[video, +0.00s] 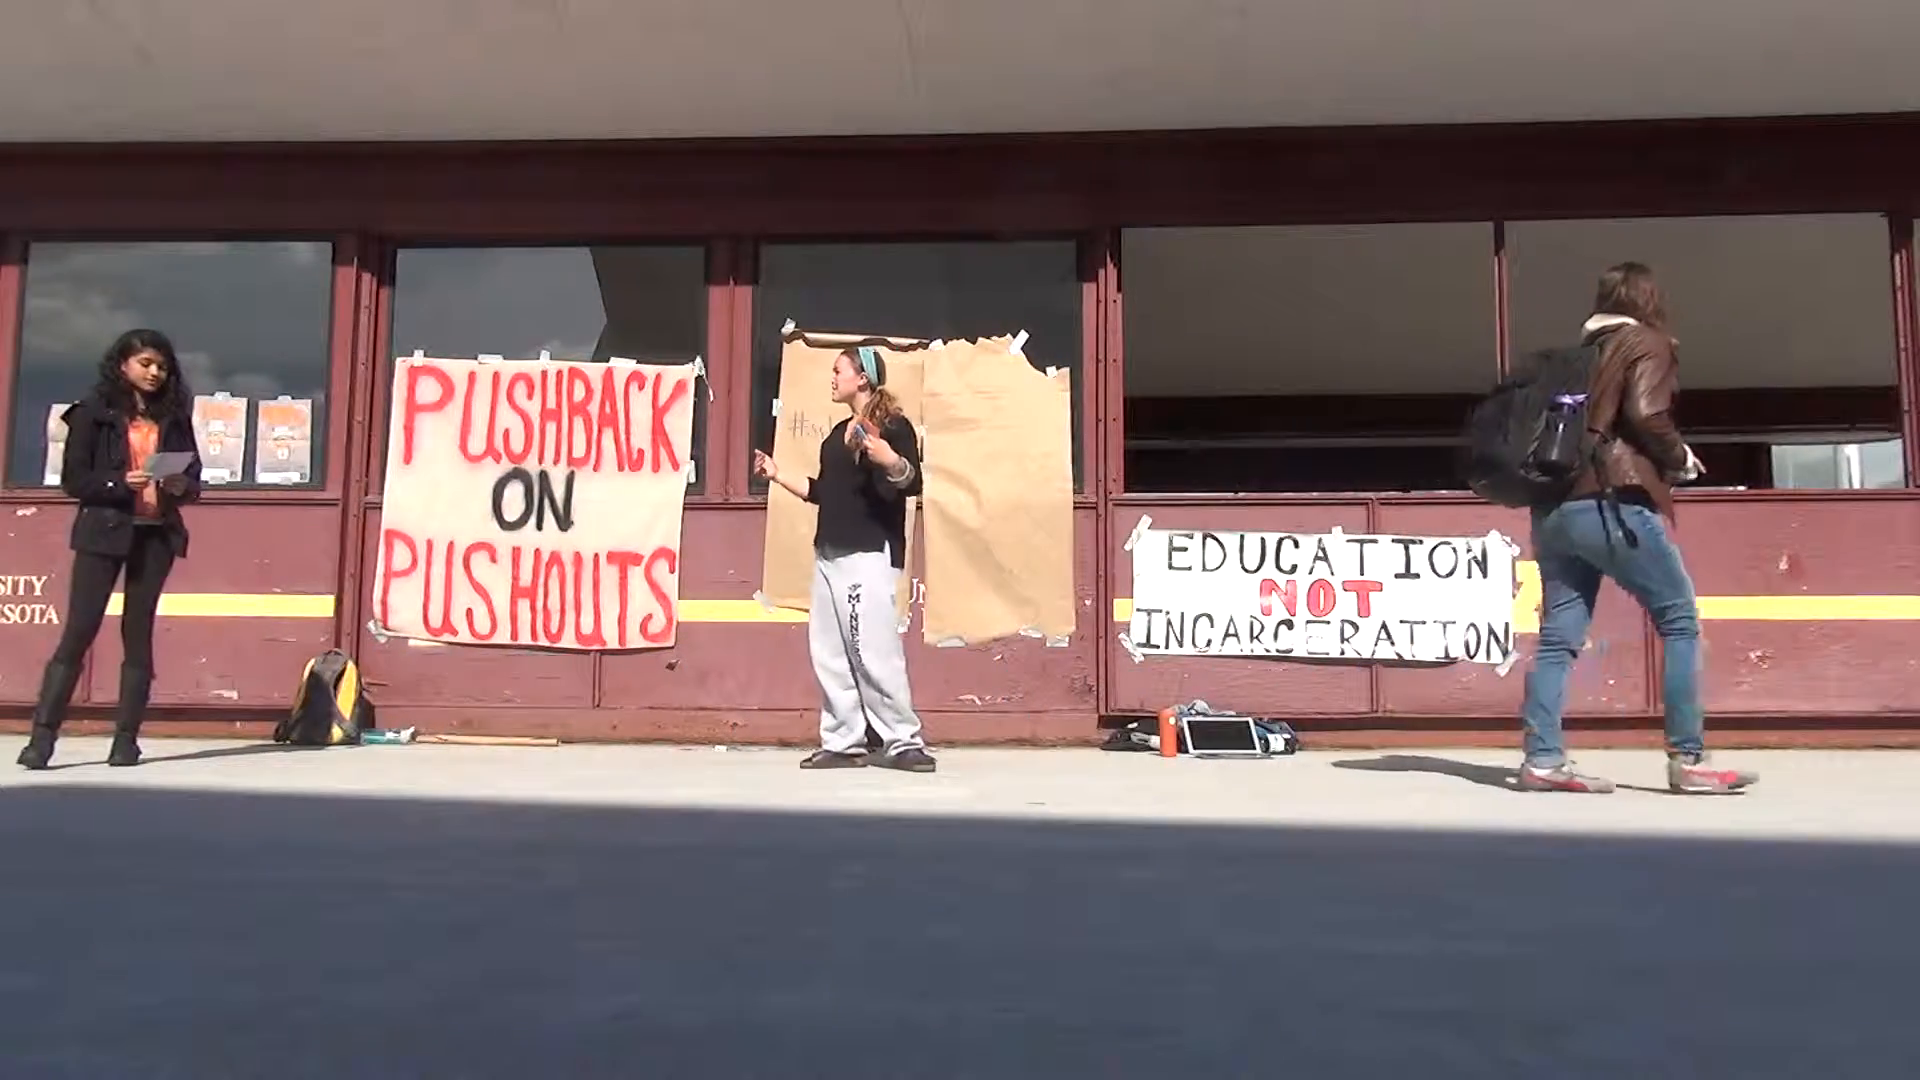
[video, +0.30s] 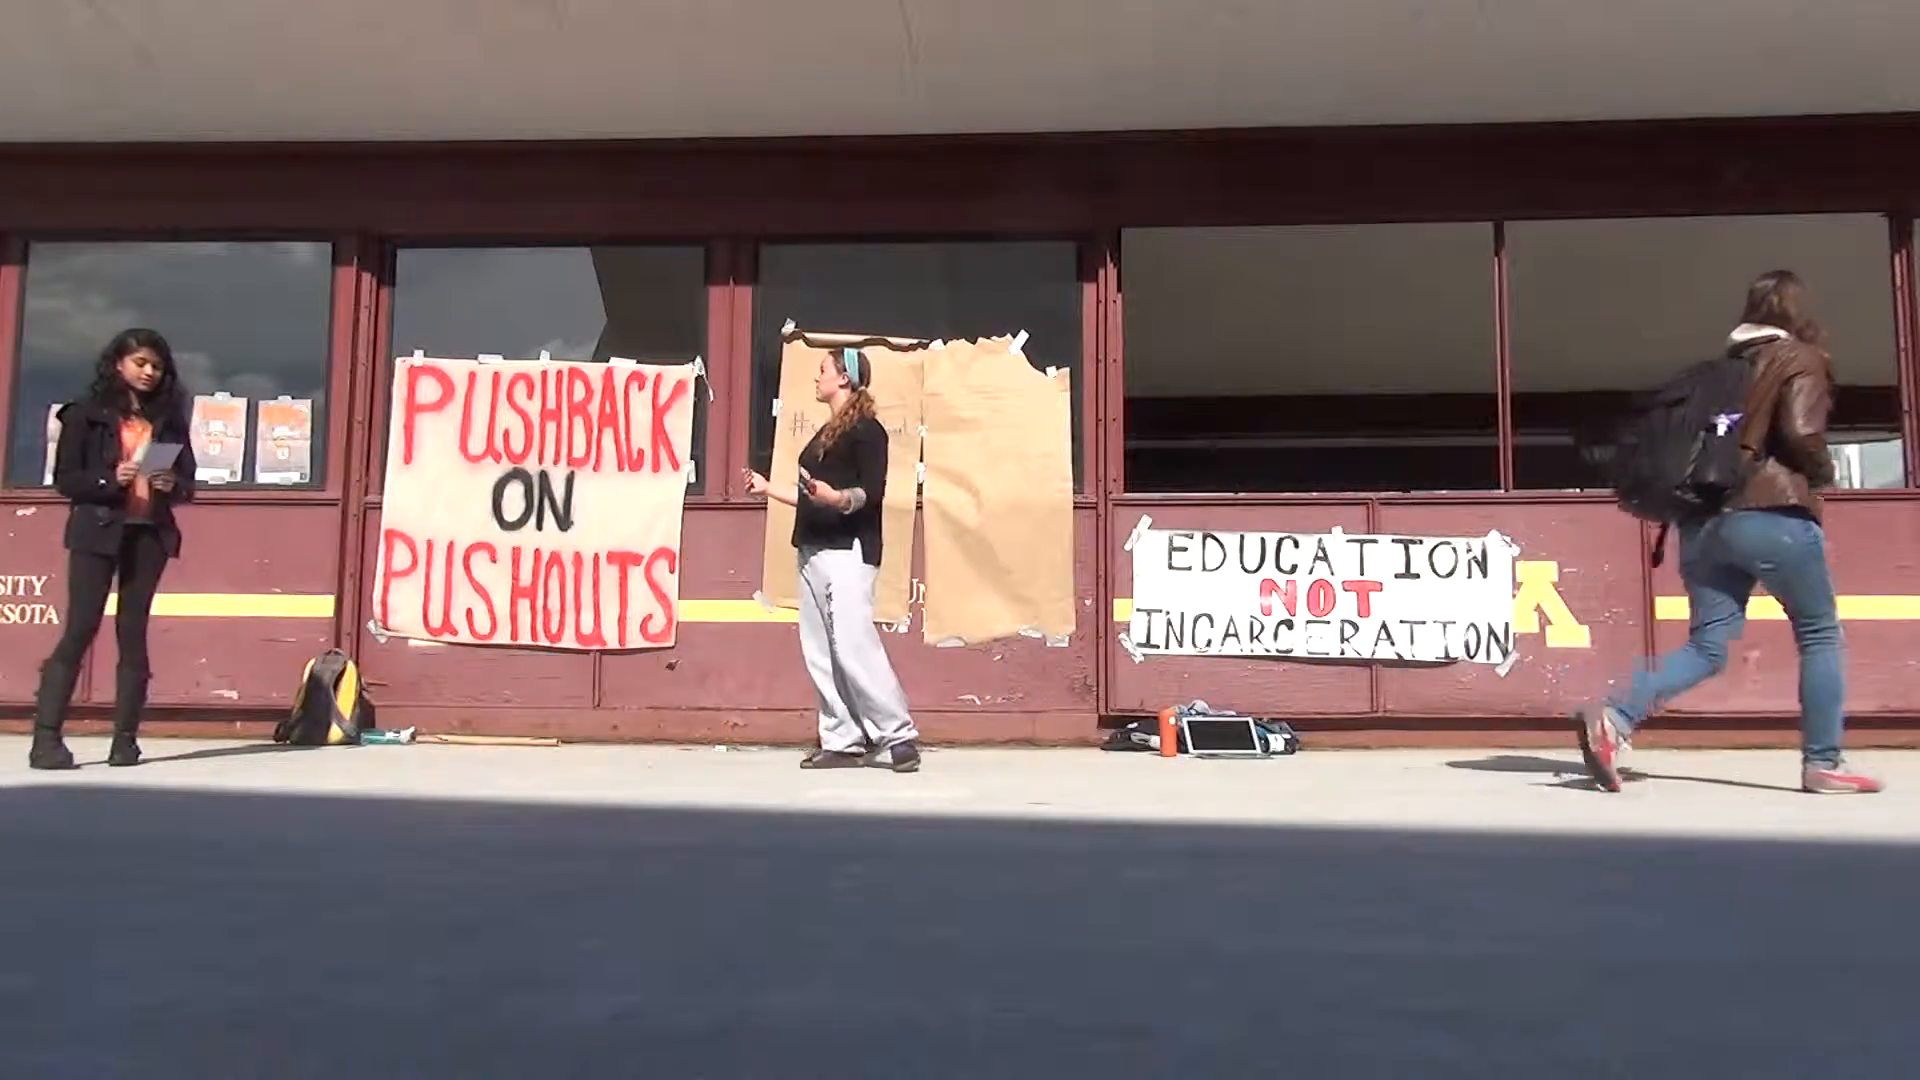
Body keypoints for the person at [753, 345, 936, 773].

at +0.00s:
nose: (832, 378)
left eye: (838, 372)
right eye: (833, 372)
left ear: (864, 379)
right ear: (853, 379)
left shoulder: (893, 428)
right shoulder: (836, 435)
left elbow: (909, 479)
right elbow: (820, 494)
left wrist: (883, 455)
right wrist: (777, 473)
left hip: (867, 555)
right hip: (829, 555)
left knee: (874, 650)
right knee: (830, 652)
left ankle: (904, 742)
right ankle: (845, 743)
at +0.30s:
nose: (816, 377)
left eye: (823, 371)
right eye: (819, 371)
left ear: (845, 378)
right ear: (840, 378)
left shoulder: (868, 429)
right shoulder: (828, 432)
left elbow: (872, 493)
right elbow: (812, 499)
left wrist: (840, 498)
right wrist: (769, 489)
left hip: (847, 552)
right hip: (813, 553)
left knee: (852, 645)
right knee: (821, 651)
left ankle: (898, 735)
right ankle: (843, 742)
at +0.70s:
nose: (797, 379)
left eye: (803, 372)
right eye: (799, 372)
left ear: (825, 378)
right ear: (824, 378)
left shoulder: (847, 427)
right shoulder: (826, 427)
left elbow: (844, 487)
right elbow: (818, 491)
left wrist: (789, 483)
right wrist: (773, 497)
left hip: (830, 549)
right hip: (816, 547)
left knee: (814, 644)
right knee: (833, 643)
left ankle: (829, 743)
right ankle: (847, 740)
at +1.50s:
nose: (770, 362)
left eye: (778, 356)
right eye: (772, 355)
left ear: (802, 364)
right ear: (792, 364)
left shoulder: (825, 409)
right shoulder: (791, 414)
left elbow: (826, 471)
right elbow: (798, 475)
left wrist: (770, 484)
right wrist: (762, 485)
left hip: (806, 542)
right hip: (776, 543)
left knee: (804, 641)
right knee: (763, 639)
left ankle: (815, 746)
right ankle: (815, 734)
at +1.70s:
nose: (759, 359)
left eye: (767, 352)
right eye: (762, 351)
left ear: (792, 362)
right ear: (786, 363)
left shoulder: (823, 411)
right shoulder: (777, 414)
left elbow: (820, 474)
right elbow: (784, 474)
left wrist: (766, 483)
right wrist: (753, 485)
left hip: (798, 541)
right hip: (760, 541)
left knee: (797, 640)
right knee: (743, 638)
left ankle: (813, 745)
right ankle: (753, 739)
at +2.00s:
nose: (733, 369)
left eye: (740, 361)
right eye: (733, 361)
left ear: (767, 367)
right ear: (750, 367)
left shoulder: (802, 416)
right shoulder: (733, 423)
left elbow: (806, 480)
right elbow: (734, 484)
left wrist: (748, 484)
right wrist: (712, 491)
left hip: (775, 544)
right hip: (729, 543)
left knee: (782, 646)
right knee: (714, 645)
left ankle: (809, 746)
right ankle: (699, 746)